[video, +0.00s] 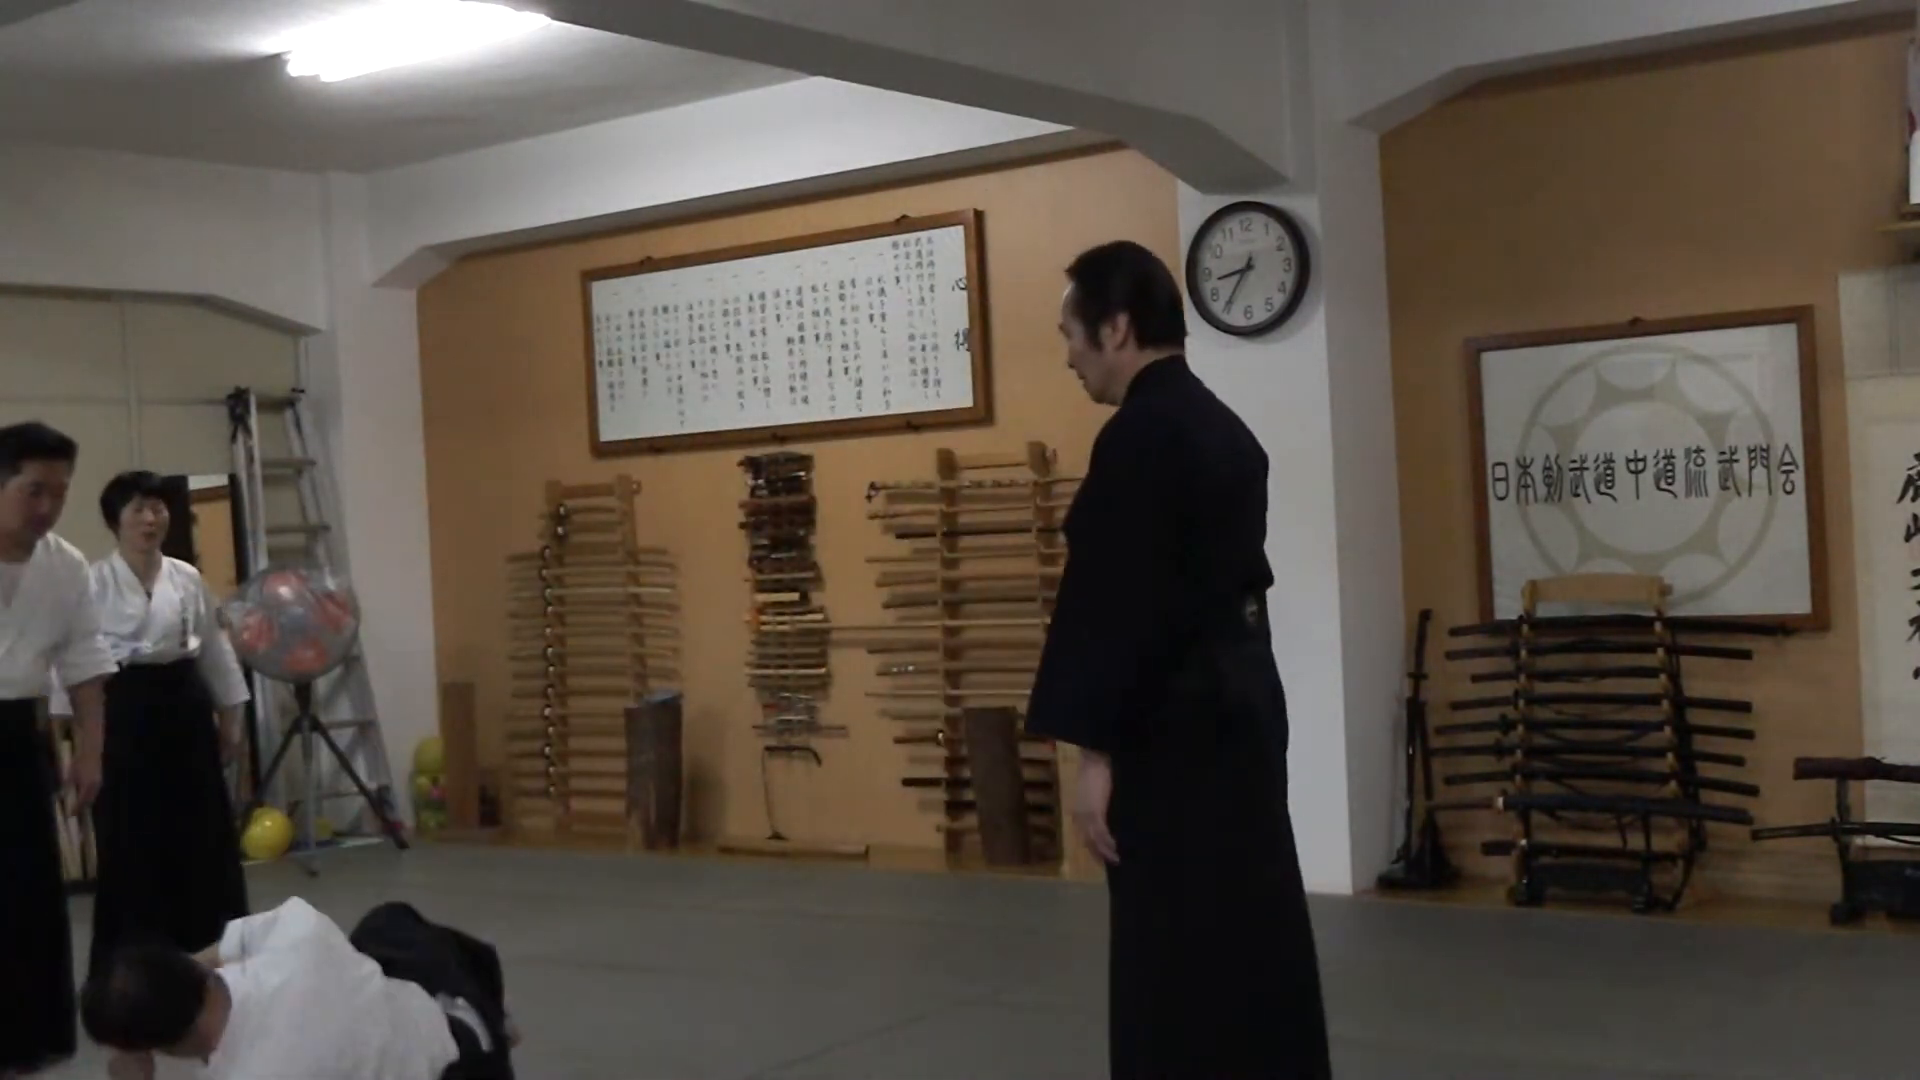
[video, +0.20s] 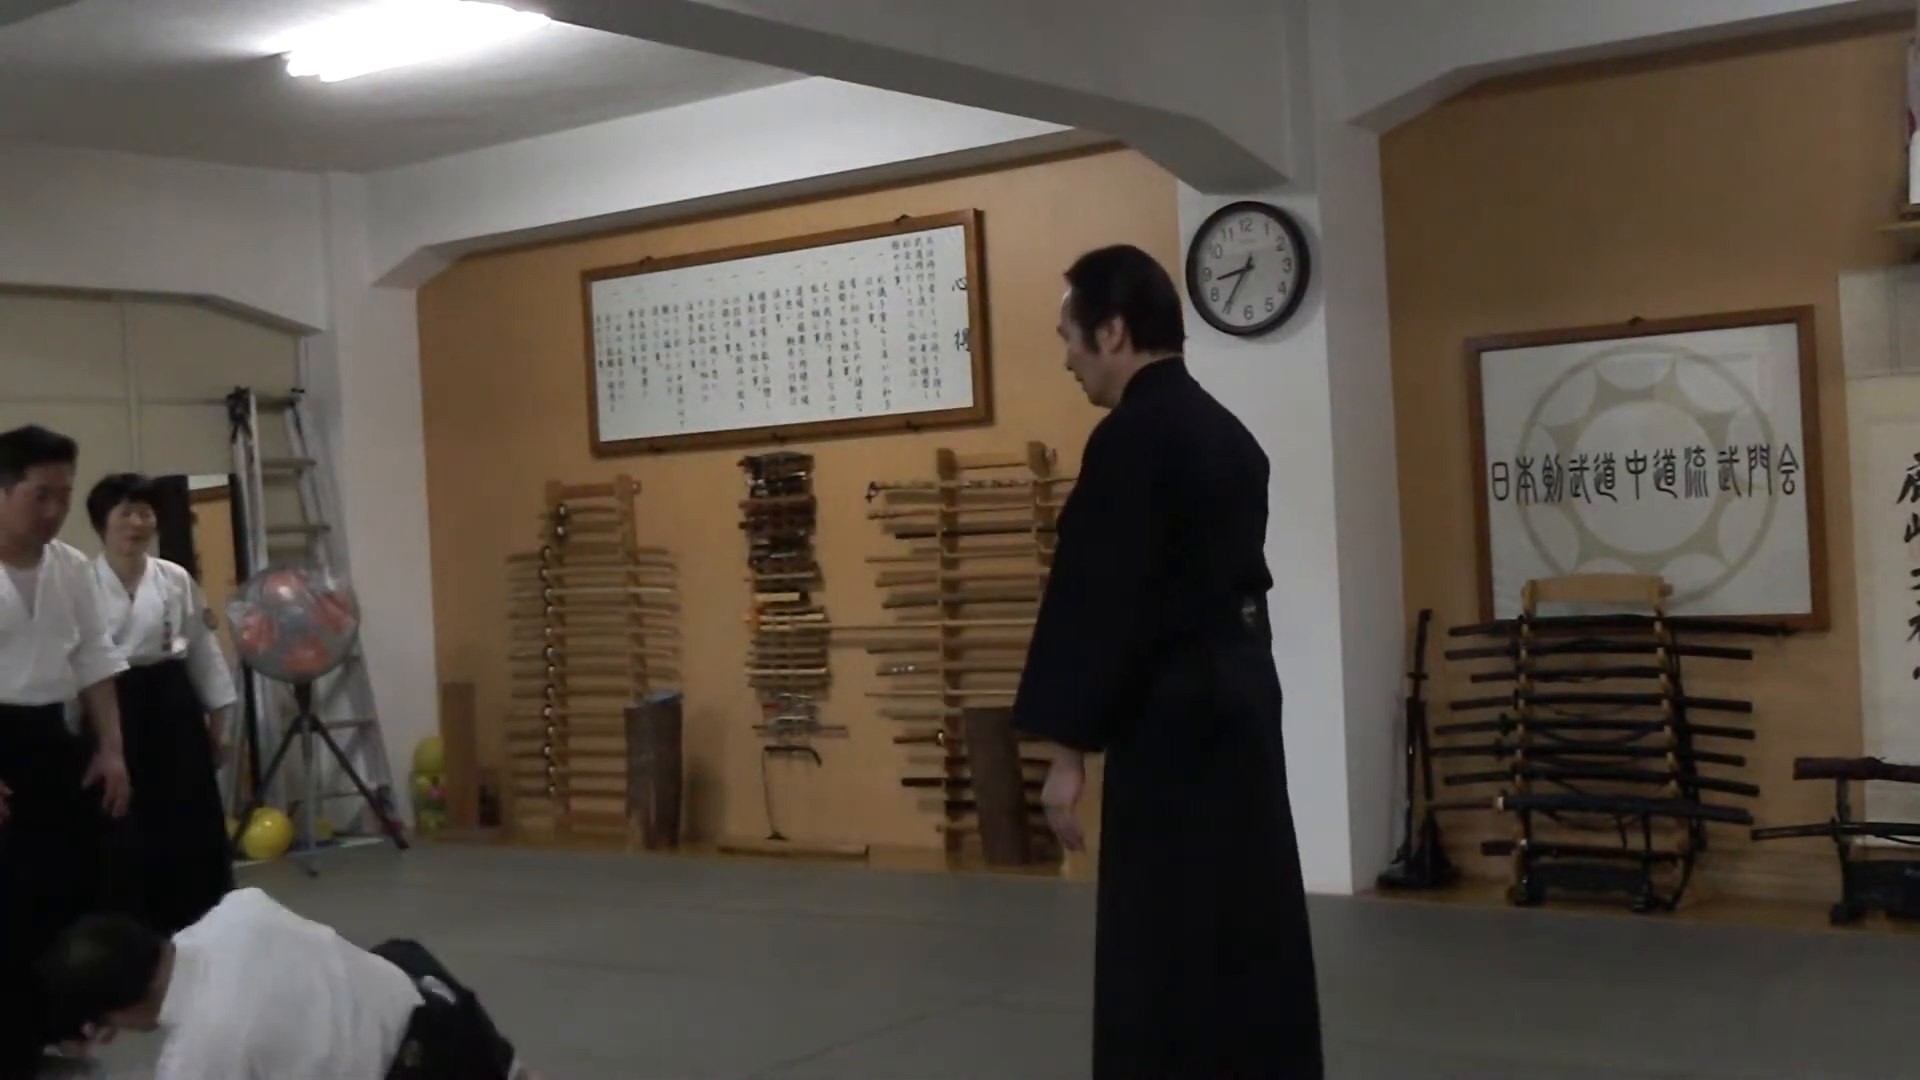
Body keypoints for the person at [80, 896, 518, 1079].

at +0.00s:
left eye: (122, 1047)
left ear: (147, 1045)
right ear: (187, 965)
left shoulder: (233, 1073)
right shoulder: (296, 931)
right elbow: (296, 914)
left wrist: (134, 1067)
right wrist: (202, 963)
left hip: (447, 1074)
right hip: (457, 1027)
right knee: (388, 918)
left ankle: (488, 1030)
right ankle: (490, 1021)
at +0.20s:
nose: (104, 1029)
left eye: (98, 1021)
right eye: (97, 1021)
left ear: (116, 1016)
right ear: (144, 933)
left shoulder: (193, 1062)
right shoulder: (242, 905)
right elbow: (328, 944)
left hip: (415, 1072)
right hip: (433, 1007)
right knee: (395, 949)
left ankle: (507, 1066)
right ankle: (509, 1067)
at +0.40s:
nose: (71, 1051)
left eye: (64, 1043)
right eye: (64, 1043)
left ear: (77, 1035)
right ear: (85, 950)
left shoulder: (178, 1034)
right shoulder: (150, 905)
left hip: (362, 1025)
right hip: (372, 942)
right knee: (460, 1017)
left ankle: (512, 1063)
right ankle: (514, 1059)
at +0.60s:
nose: (41, 1030)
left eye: (36, 1020)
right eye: (31, 1021)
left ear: (52, 1004)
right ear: (54, 939)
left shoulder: (160, 1023)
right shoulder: (107, 886)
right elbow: (174, 829)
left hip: (350, 972)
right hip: (309, 876)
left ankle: (457, 1052)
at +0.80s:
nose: (15, 909)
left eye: (13, 898)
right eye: (9, 899)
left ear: (36, 884)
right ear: (56, 821)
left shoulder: (144, 933)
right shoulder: (118, 801)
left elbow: (117, 1065)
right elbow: (196, 794)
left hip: (305, 977)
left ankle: (378, 1062)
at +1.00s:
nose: (1, 772)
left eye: (0, 757)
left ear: (21, 748)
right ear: (35, 737)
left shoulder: (107, 787)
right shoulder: (84, 765)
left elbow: (124, 927)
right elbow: (121, 866)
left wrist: (81, 1051)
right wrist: (76, 905)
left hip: (231, 933)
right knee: (38, 960)